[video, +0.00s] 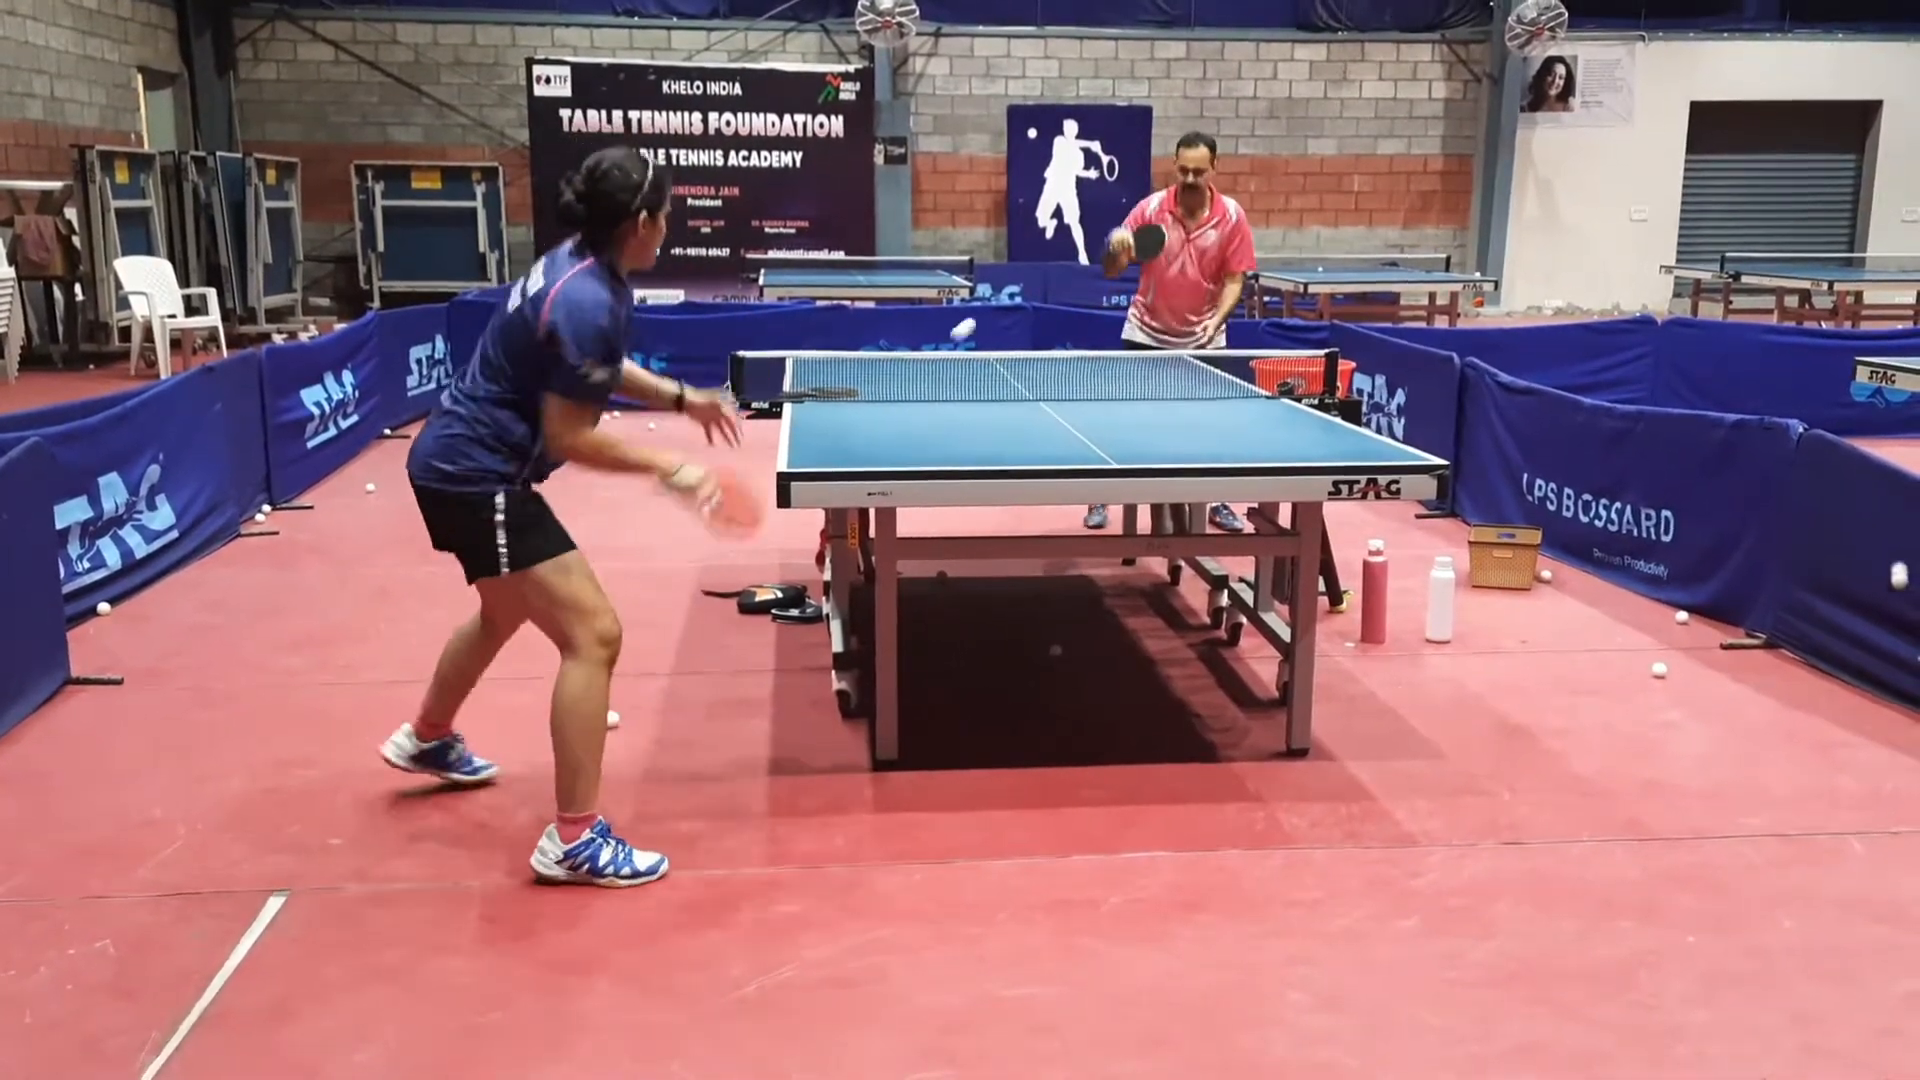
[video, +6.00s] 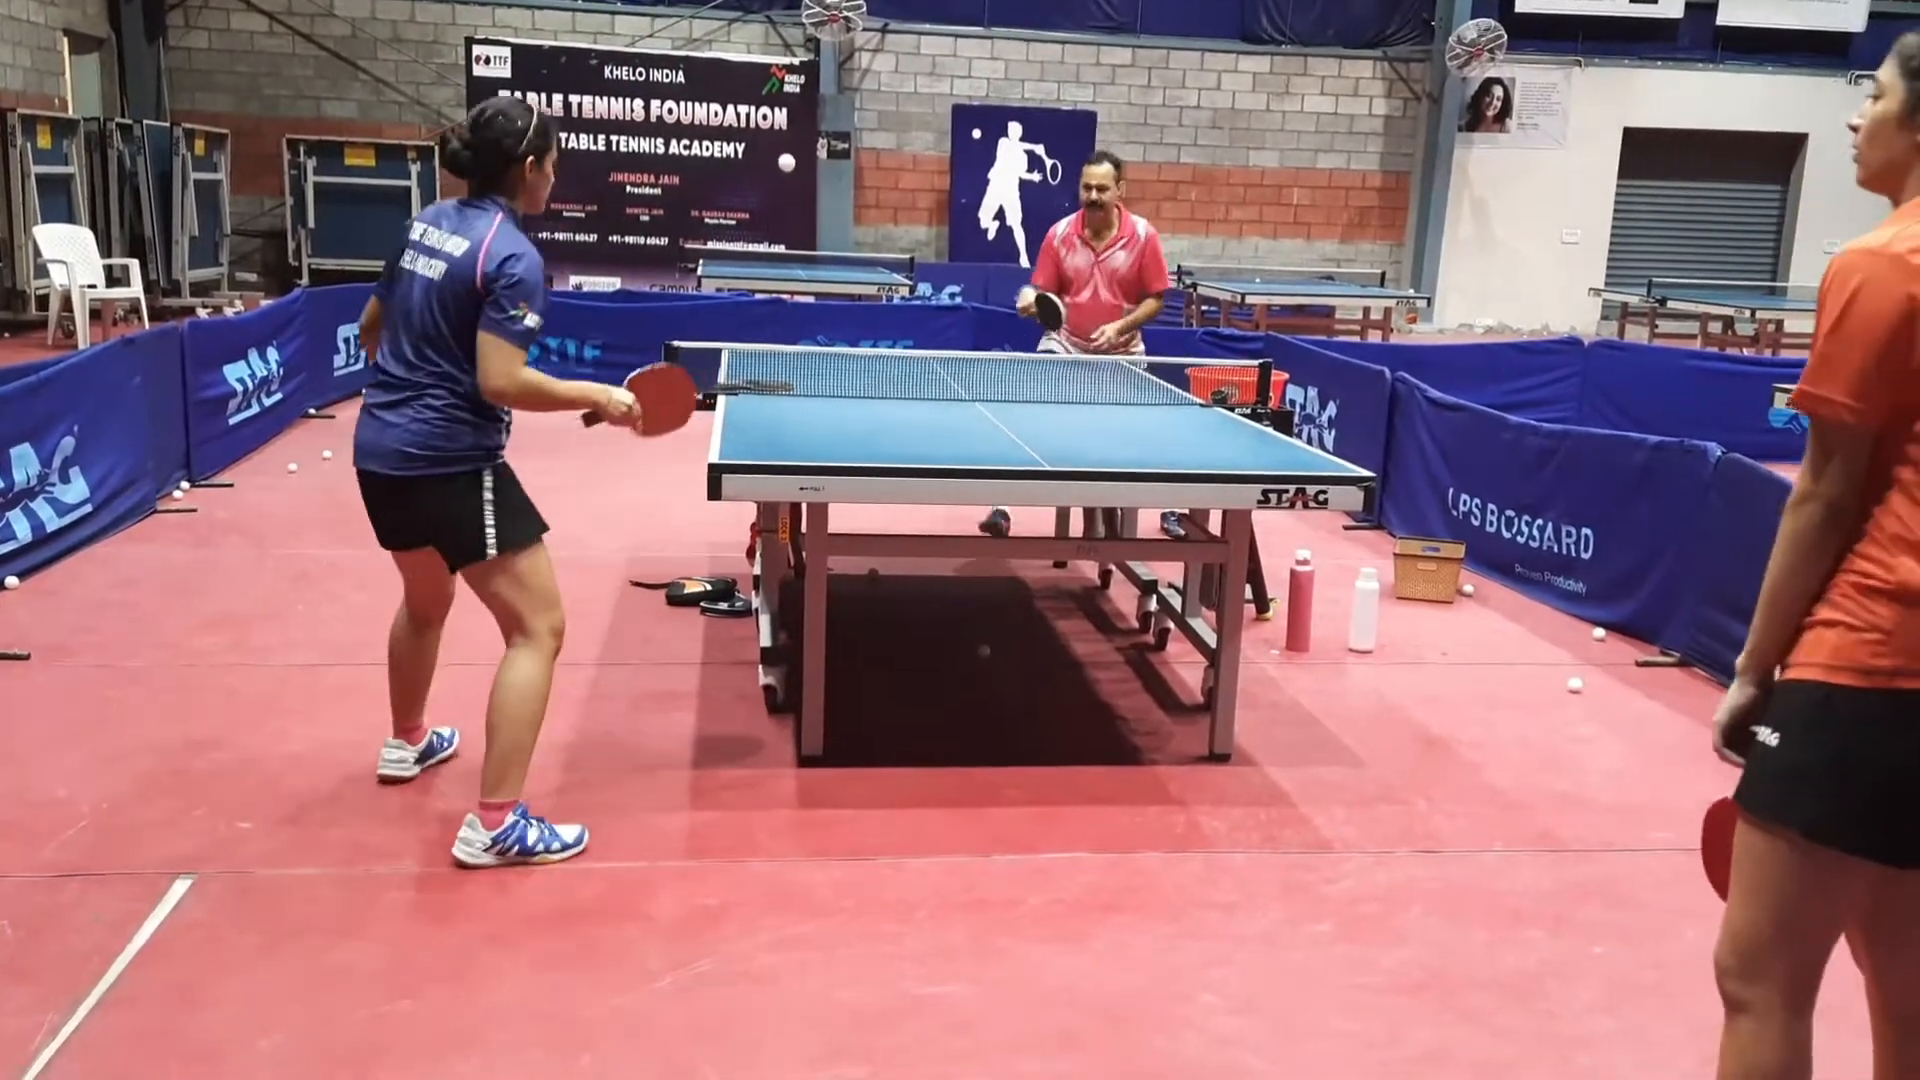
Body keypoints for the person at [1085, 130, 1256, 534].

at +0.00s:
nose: (1189, 179)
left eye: (1198, 172)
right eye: (1183, 171)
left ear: (1213, 171)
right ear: (1173, 168)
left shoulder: (1231, 216)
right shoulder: (1150, 208)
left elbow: (1235, 278)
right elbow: (1110, 270)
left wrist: (1215, 321)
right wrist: (1117, 247)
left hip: (1204, 337)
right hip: (1144, 333)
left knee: (1219, 418)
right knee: (1121, 412)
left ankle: (1216, 500)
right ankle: (1100, 498)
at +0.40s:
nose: (1144, 200)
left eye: (1153, 193)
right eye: (1138, 192)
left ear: (1170, 193)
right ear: (1131, 193)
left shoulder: (1198, 235)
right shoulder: (1116, 237)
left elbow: (1214, 295)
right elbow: (1102, 295)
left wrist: (1187, 334)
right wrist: (1090, 301)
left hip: (1183, 346)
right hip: (1123, 342)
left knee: (1207, 419)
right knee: (1086, 414)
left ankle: (1214, 503)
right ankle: (1065, 501)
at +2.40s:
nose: (1170, 216)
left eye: (1179, 209)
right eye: (1163, 208)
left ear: (1192, 207)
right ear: (1153, 205)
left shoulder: (1209, 250)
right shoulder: (1130, 247)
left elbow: (1212, 306)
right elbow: (1109, 306)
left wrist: (1199, 351)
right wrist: (1123, 313)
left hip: (1178, 363)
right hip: (1120, 361)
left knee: (1202, 438)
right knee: (1084, 430)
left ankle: (1222, 521)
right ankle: (1053, 514)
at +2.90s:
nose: (1129, 216)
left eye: (1137, 208)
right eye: (1122, 208)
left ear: (1152, 207)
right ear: (1112, 208)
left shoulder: (1175, 250)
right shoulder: (1094, 252)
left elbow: (1193, 308)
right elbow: (1071, 306)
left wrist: (1173, 339)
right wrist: (1071, 318)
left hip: (1160, 367)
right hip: (1099, 364)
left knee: (1189, 438)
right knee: (1062, 432)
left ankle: (1211, 521)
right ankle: (1039, 515)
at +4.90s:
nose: (1116, 175)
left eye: (1124, 168)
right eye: (1109, 167)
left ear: (1137, 173)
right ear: (1099, 171)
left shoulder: (1158, 225)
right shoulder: (1078, 223)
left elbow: (1164, 287)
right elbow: (1061, 287)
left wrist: (1142, 335)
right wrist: (1069, 289)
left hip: (1133, 347)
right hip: (1075, 344)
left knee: (1146, 434)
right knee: (1038, 418)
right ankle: (1013, 502)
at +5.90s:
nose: (1106, 192)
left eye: (1115, 184)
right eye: (1100, 183)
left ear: (1131, 187)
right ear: (1092, 184)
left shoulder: (1153, 233)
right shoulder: (1071, 231)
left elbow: (1166, 296)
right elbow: (1055, 289)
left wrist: (1133, 329)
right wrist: (1042, 294)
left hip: (1129, 351)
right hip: (1069, 344)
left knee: (1159, 423)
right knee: (1032, 413)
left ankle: (1174, 508)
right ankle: (1016, 498)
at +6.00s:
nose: (1093, 196)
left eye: (1102, 189)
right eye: (1087, 188)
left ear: (1120, 190)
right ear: (1079, 189)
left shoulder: (1142, 235)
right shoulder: (1060, 234)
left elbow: (1156, 300)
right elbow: (1039, 289)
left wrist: (1119, 327)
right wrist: (1030, 301)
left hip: (1120, 351)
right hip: (1062, 347)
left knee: (1126, 434)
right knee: (1028, 413)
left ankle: (1122, 540)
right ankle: (1003, 505)